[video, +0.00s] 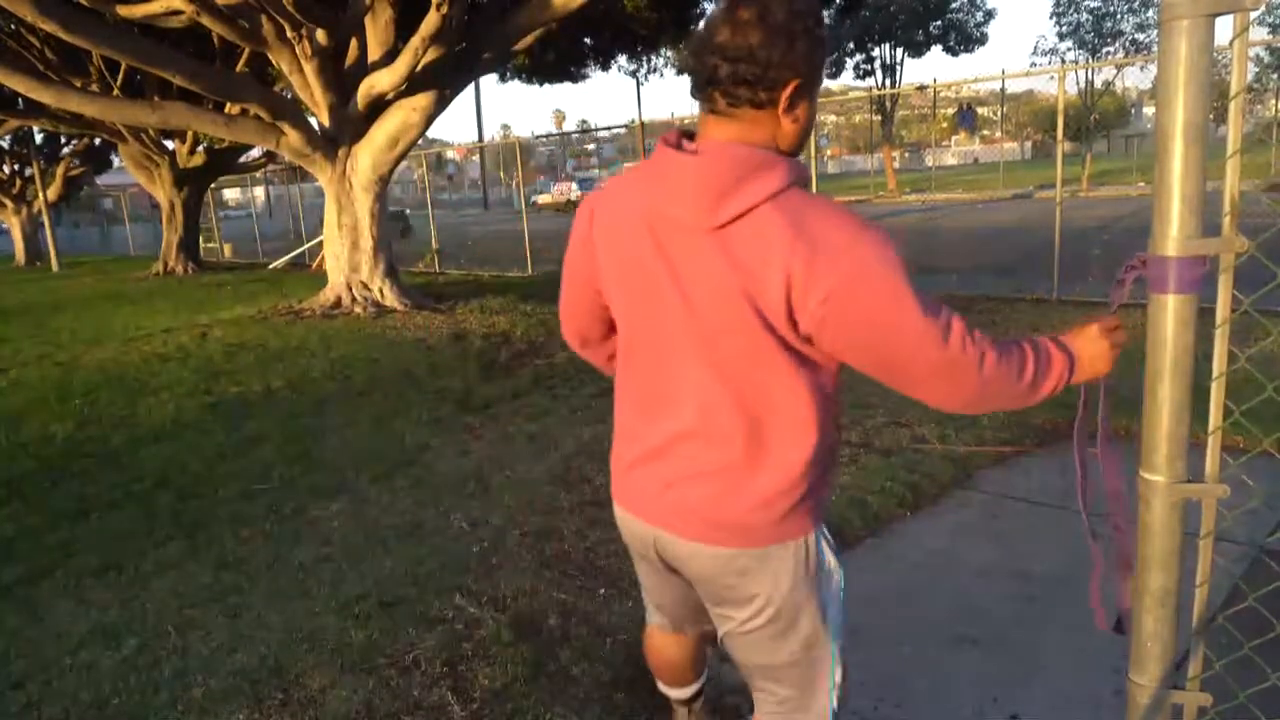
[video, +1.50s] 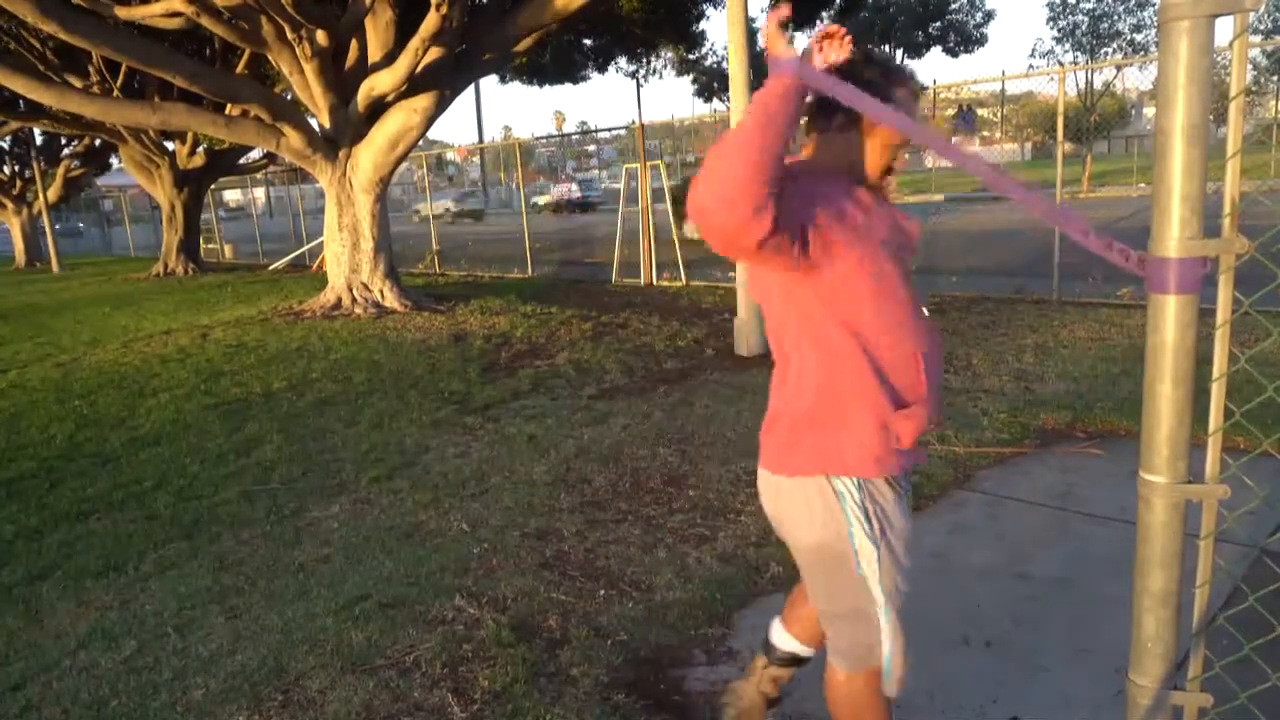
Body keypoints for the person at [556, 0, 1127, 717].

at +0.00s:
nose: (814, 118)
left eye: (815, 100)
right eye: (816, 103)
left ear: (704, 83)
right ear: (792, 103)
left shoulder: (613, 202)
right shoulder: (815, 237)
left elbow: (586, 329)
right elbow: (955, 373)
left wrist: (659, 366)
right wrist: (1069, 357)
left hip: (639, 502)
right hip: (752, 528)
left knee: (671, 622)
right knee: (792, 696)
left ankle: (681, 712)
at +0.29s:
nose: (762, 147)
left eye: (760, 129)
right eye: (755, 130)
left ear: (679, 137)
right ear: (710, 136)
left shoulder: (636, 229)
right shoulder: (719, 254)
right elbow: (847, 368)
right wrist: (978, 337)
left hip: (681, 485)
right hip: (747, 500)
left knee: (709, 596)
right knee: (812, 679)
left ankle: (693, 706)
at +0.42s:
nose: (735, 146)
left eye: (732, 131)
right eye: (723, 131)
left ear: (670, 141)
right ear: (672, 140)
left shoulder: (647, 224)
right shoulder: (693, 238)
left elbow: (698, 354)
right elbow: (788, 357)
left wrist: (778, 408)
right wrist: (897, 332)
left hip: (682, 469)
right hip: (736, 479)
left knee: (709, 584)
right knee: (823, 635)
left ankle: (694, 707)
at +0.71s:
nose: (706, 142)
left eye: (703, 129)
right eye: (693, 130)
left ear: (645, 143)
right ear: (644, 142)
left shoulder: (660, 211)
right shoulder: (664, 216)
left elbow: (750, 314)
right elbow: (769, 288)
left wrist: (835, 309)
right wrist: (834, 257)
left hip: (689, 454)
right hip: (728, 457)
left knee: (701, 577)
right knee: (781, 618)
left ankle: (692, 705)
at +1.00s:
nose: (718, 143)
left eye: (716, 130)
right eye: (706, 131)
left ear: (662, 140)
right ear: (659, 140)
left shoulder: (685, 204)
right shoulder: (664, 206)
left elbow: (792, 278)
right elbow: (789, 217)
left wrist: (870, 215)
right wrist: (845, 156)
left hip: (711, 438)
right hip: (733, 442)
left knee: (708, 581)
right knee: (799, 617)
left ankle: (694, 705)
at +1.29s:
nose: (806, 147)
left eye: (805, 132)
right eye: (799, 130)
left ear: (748, 134)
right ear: (763, 131)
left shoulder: (767, 204)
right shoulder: (724, 205)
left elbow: (849, 201)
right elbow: (805, 160)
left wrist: (869, 102)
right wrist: (836, 68)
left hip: (779, 452)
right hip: (796, 461)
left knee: (761, 589)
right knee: (843, 646)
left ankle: (707, 700)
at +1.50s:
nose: (905, 150)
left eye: (907, 133)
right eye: (897, 132)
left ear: (856, 129)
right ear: (847, 123)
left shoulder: (862, 207)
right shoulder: (800, 202)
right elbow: (720, 209)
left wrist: (829, 79)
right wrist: (786, 80)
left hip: (865, 457)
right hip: (825, 468)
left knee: (836, 592)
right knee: (863, 656)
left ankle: (754, 693)